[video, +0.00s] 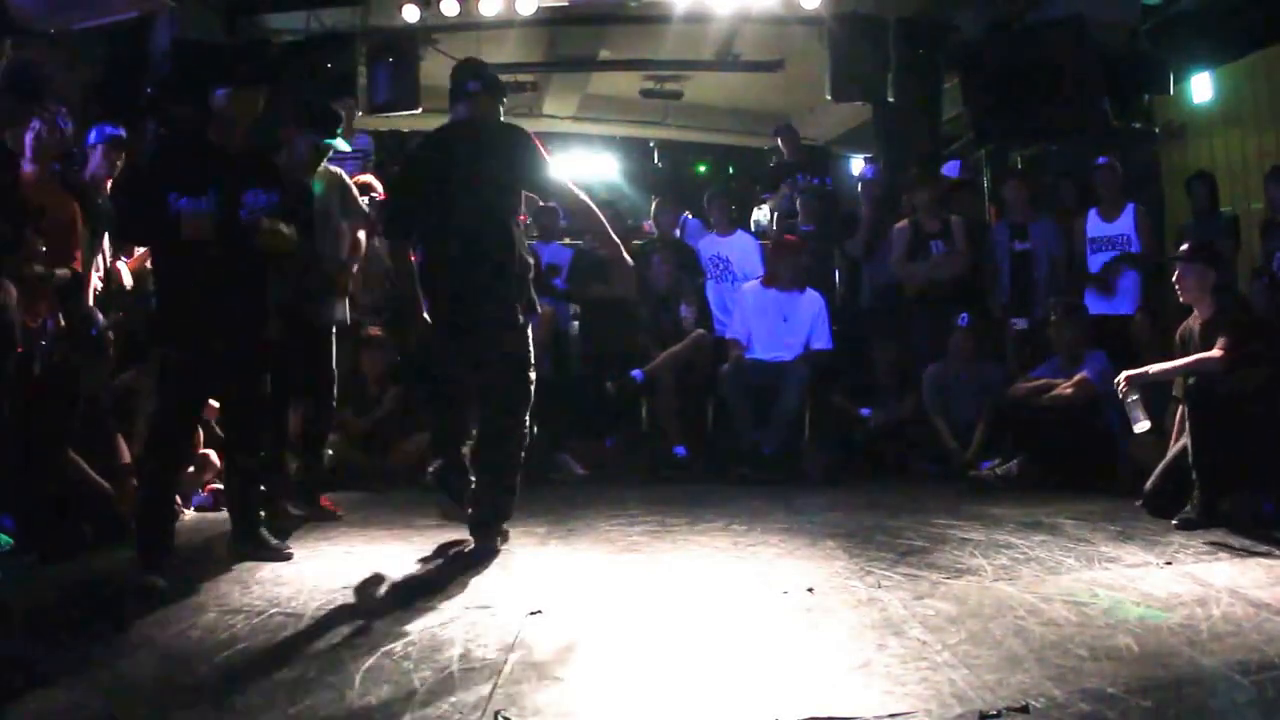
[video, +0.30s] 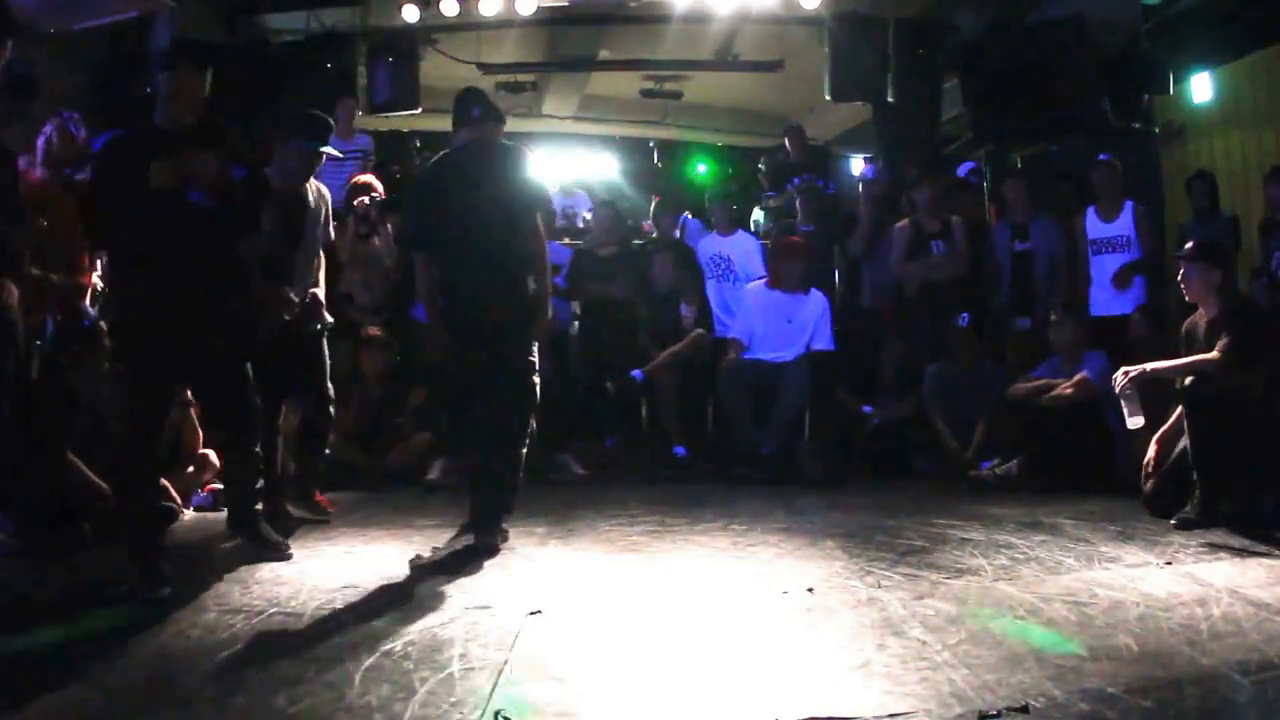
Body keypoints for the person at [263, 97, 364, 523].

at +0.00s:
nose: (320, 153)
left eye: (324, 145)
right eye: (316, 144)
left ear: (322, 143)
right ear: (300, 140)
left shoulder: (336, 181)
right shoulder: (278, 179)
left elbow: (358, 232)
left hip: (322, 303)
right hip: (282, 302)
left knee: (322, 395)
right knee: (280, 394)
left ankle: (311, 485)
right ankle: (278, 486)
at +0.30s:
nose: (316, 161)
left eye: (320, 153)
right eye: (309, 151)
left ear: (322, 154)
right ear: (288, 148)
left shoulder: (319, 193)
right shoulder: (258, 190)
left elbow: (322, 249)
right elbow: (246, 257)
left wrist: (321, 290)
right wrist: (277, 295)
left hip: (308, 317)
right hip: (266, 319)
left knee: (320, 403)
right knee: (267, 409)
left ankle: (306, 485)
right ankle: (271, 495)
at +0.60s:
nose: (332, 158)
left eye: (336, 150)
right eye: (325, 147)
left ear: (332, 153)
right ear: (299, 143)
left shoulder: (315, 199)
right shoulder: (259, 187)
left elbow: (308, 263)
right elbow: (246, 249)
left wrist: (312, 313)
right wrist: (289, 272)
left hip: (295, 319)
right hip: (254, 318)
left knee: (304, 408)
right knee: (256, 409)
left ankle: (306, 493)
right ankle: (266, 495)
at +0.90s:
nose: (340, 167)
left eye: (344, 159)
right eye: (336, 156)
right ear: (307, 149)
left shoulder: (308, 200)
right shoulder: (272, 191)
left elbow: (313, 264)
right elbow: (240, 235)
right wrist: (281, 296)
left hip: (297, 320)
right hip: (268, 321)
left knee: (312, 403)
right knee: (294, 403)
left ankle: (298, 490)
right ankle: (283, 493)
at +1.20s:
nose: (331, 167)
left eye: (335, 158)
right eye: (326, 155)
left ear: (327, 159)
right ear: (301, 147)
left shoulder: (303, 200)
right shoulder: (267, 184)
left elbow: (295, 263)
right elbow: (222, 221)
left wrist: (301, 298)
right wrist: (248, 271)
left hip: (287, 321)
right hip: (256, 320)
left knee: (302, 409)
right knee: (282, 408)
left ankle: (274, 495)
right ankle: (251, 498)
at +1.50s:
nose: (308, 156)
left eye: (313, 148)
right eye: (302, 144)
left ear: (309, 151)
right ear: (277, 138)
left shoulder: (302, 199)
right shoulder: (238, 176)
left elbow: (300, 257)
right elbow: (185, 217)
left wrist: (291, 285)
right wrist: (214, 265)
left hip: (272, 320)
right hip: (231, 314)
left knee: (260, 412)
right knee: (250, 412)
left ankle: (246, 506)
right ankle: (242, 513)